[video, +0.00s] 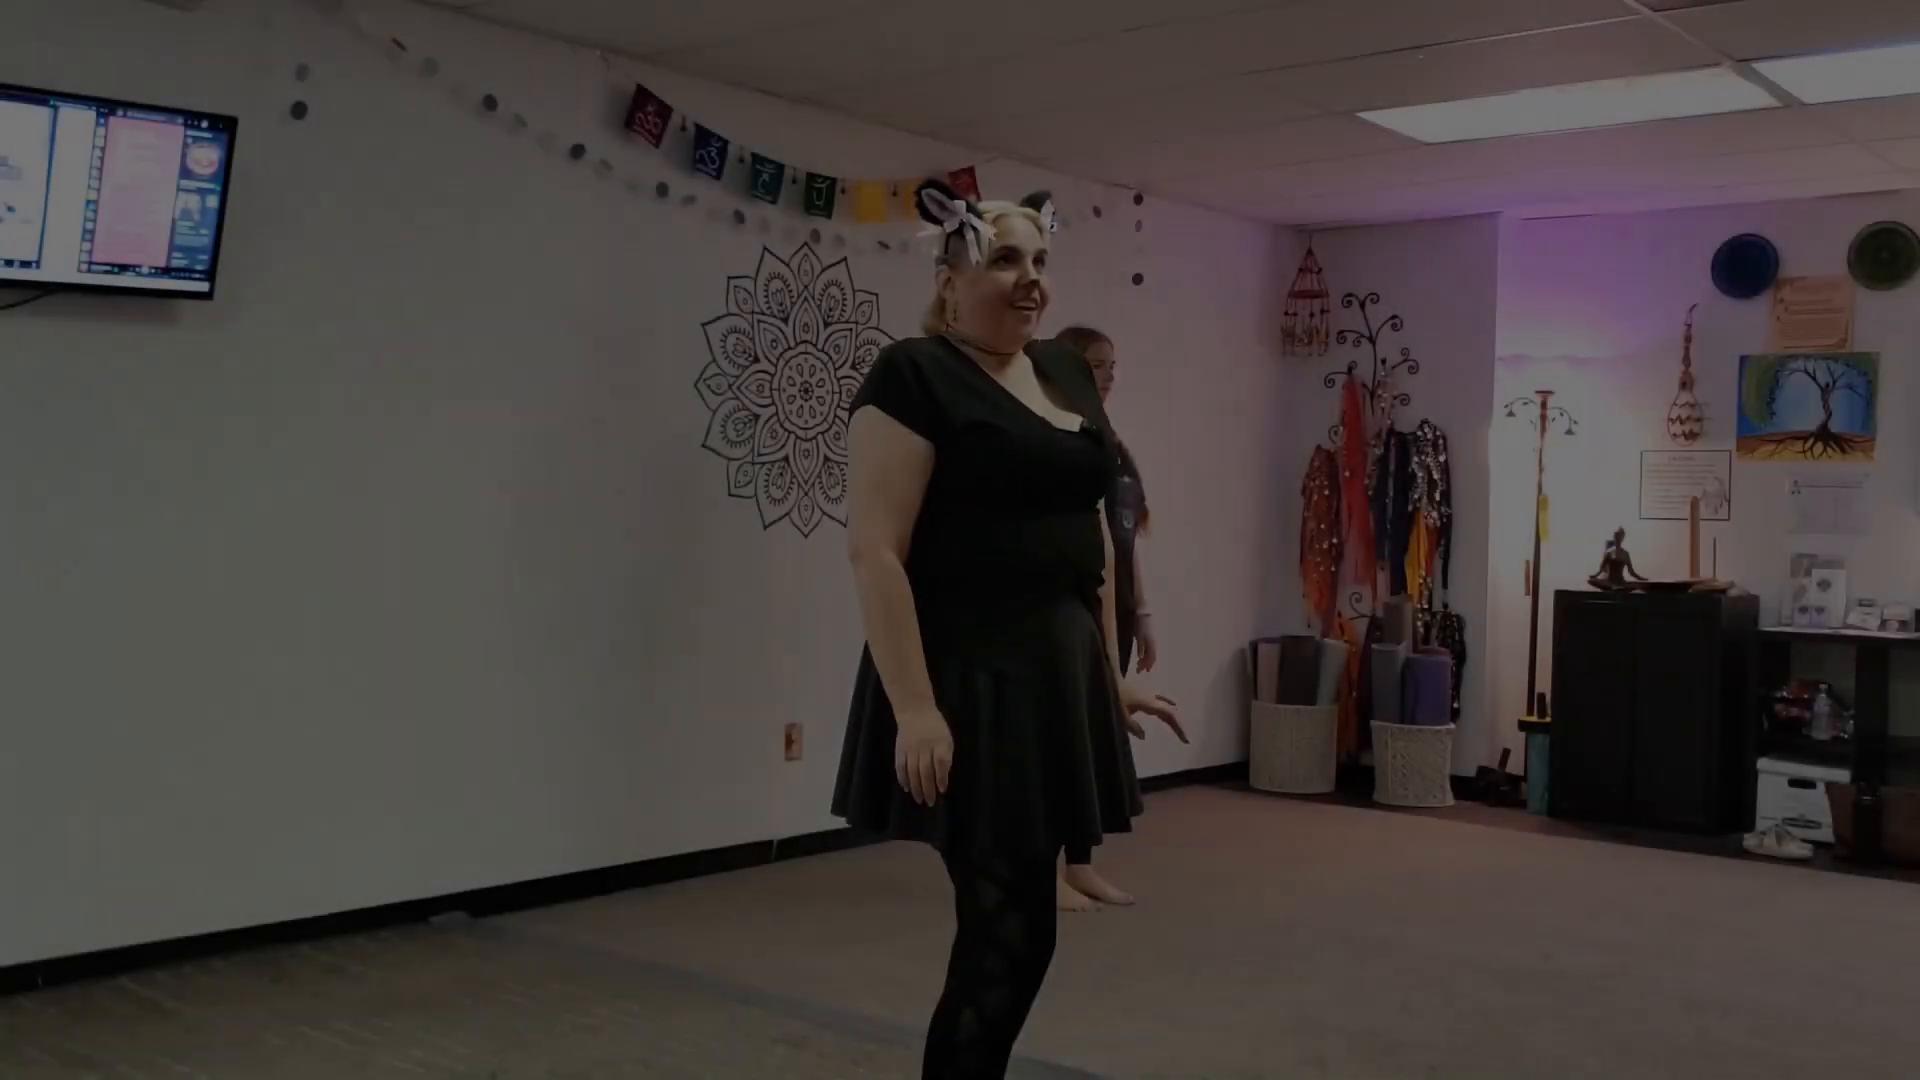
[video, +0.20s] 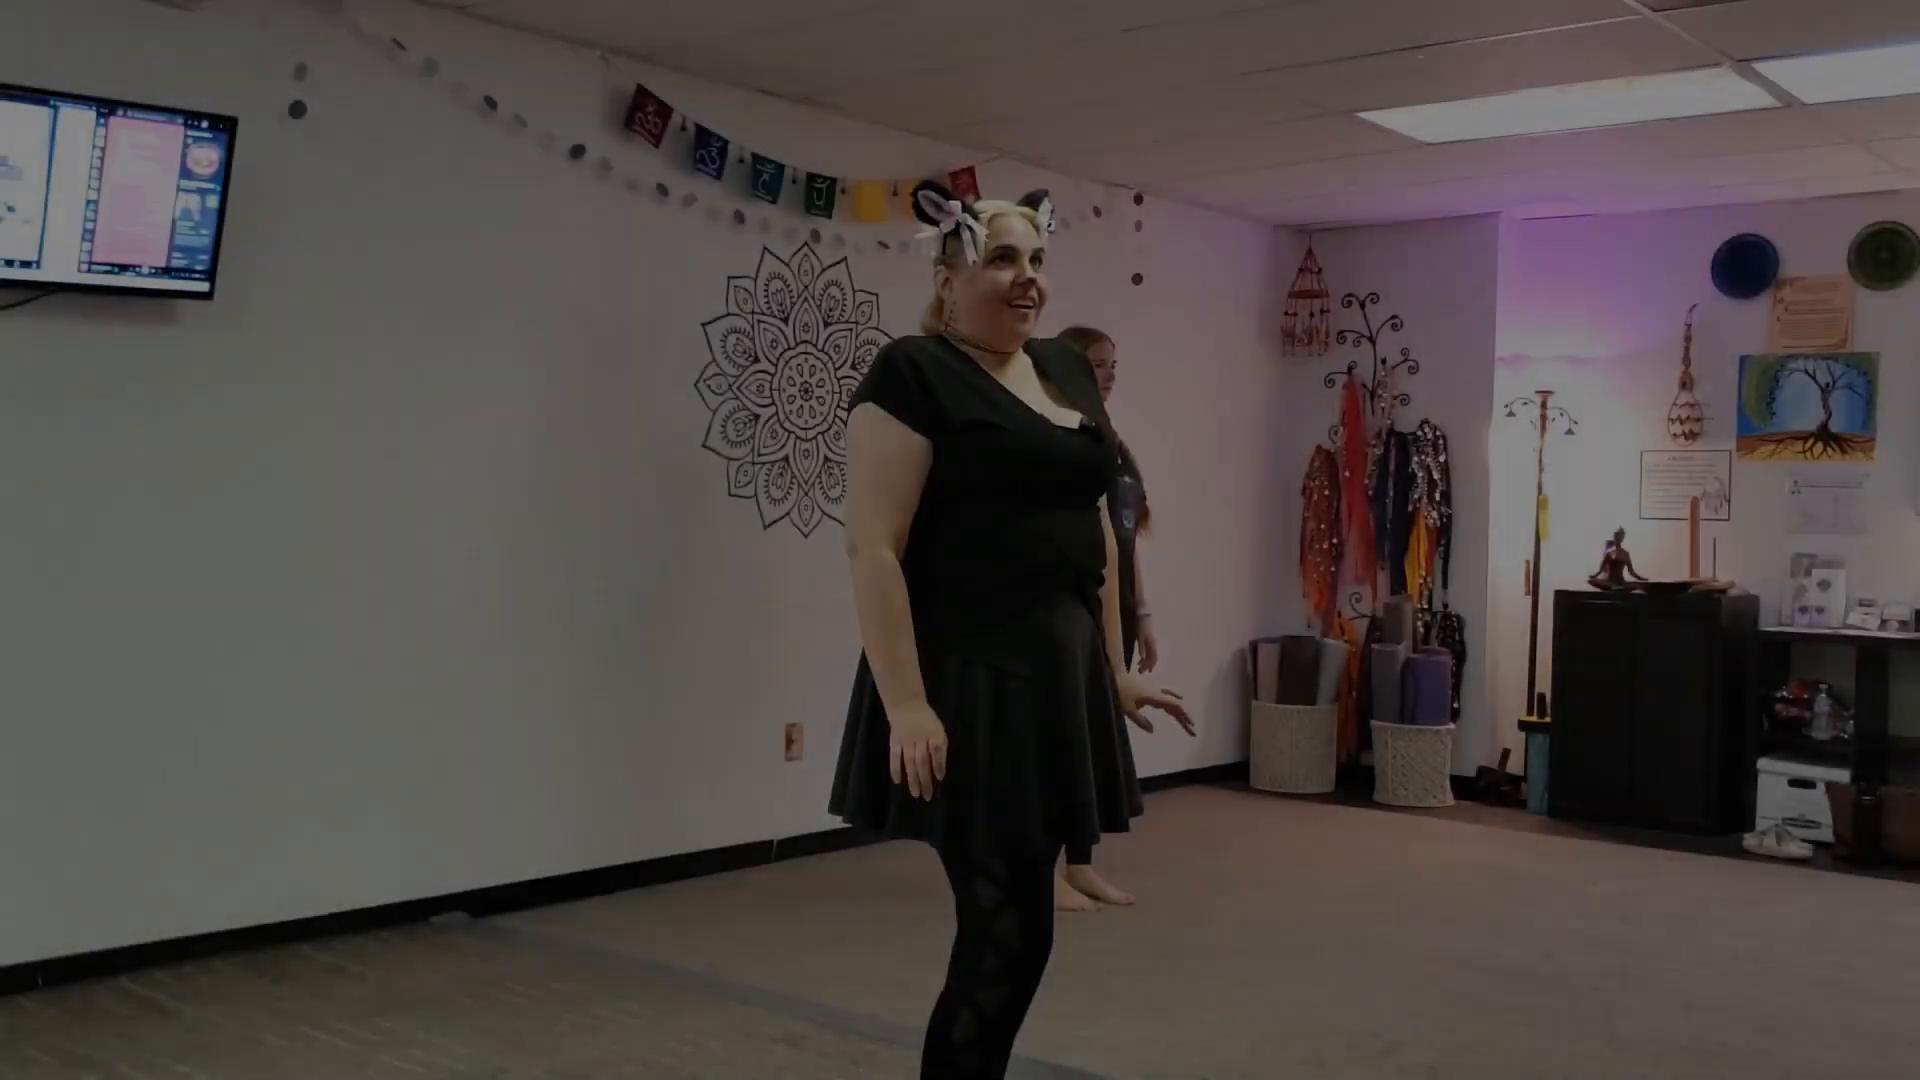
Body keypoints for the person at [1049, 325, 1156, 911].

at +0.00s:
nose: (1109, 377)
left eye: (1111, 367)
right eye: (1099, 368)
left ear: (1107, 373)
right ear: (1067, 371)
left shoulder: (1106, 443)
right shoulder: (1041, 439)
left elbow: (1124, 539)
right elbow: (1052, 534)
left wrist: (1140, 616)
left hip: (1103, 608)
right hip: (1048, 607)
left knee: (1089, 729)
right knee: (1046, 731)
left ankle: (1079, 860)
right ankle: (1045, 867)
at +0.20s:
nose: (1109, 378)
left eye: (1111, 368)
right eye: (1099, 369)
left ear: (1108, 373)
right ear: (1069, 371)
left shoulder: (1109, 443)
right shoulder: (1041, 439)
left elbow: (1128, 539)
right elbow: (1046, 534)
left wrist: (1142, 619)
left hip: (1103, 608)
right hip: (1048, 609)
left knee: (1089, 731)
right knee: (1047, 733)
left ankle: (1079, 861)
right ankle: (1047, 866)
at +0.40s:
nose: (1112, 375)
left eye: (1115, 366)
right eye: (1102, 366)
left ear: (1110, 373)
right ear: (1068, 370)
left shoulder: (1109, 443)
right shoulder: (1044, 437)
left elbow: (1124, 539)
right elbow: (1056, 533)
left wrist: (1140, 620)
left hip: (1103, 606)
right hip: (1050, 605)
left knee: (1088, 728)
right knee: (1047, 729)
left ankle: (1078, 862)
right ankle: (1044, 869)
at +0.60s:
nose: (1113, 375)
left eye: (1115, 365)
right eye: (1103, 365)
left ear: (1108, 373)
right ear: (1068, 371)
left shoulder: (1110, 441)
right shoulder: (1049, 437)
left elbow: (1125, 541)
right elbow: (1061, 534)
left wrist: (1142, 620)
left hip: (1108, 605)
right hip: (1054, 603)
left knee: (1088, 725)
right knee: (1049, 725)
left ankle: (1078, 860)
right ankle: (1046, 868)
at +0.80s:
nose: (1113, 373)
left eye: (1115, 363)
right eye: (1101, 363)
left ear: (1109, 373)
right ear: (1068, 370)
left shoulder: (1113, 445)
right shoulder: (1050, 440)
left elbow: (1129, 542)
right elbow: (1050, 536)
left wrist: (1145, 621)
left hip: (1115, 607)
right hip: (1061, 605)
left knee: (1089, 727)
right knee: (1058, 728)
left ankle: (1077, 860)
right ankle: (1050, 868)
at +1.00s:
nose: (1113, 372)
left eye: (1115, 363)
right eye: (1101, 363)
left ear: (1109, 373)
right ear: (1068, 370)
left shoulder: (1113, 444)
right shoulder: (1049, 439)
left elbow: (1130, 540)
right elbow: (1048, 532)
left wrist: (1147, 619)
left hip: (1112, 602)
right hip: (1057, 602)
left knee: (1102, 721)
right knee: (1055, 725)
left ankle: (1079, 859)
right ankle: (1048, 868)